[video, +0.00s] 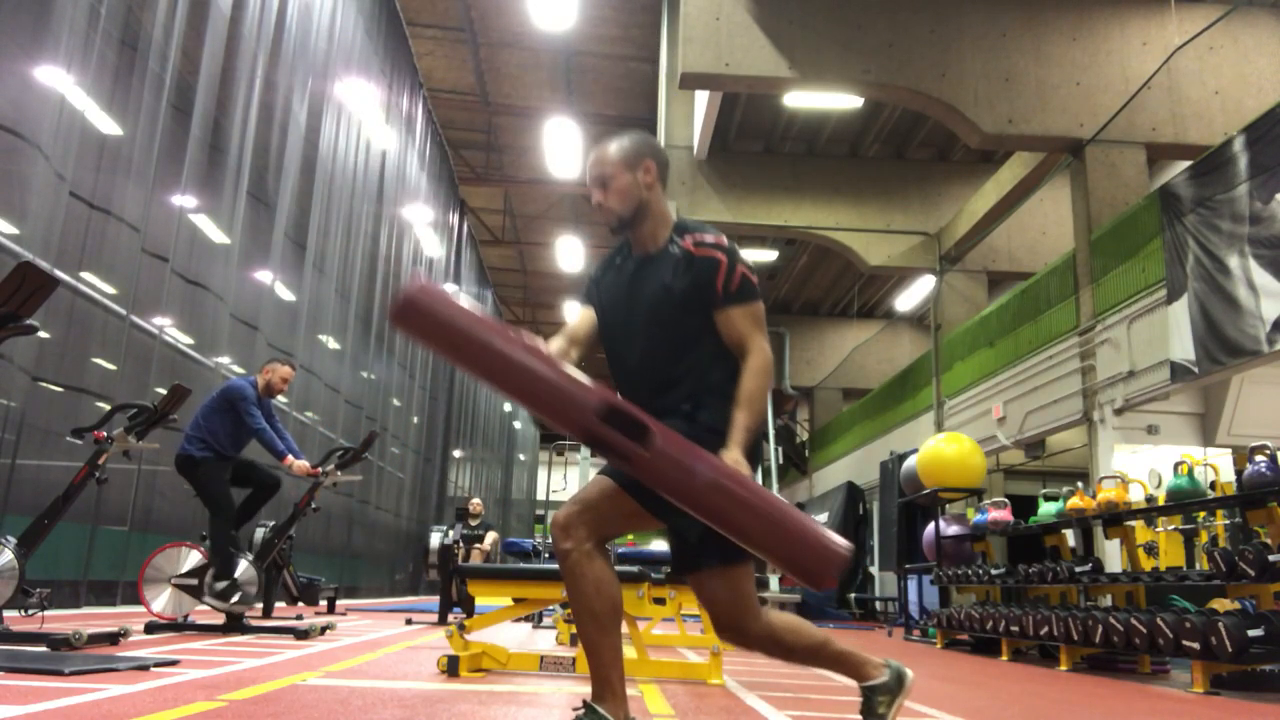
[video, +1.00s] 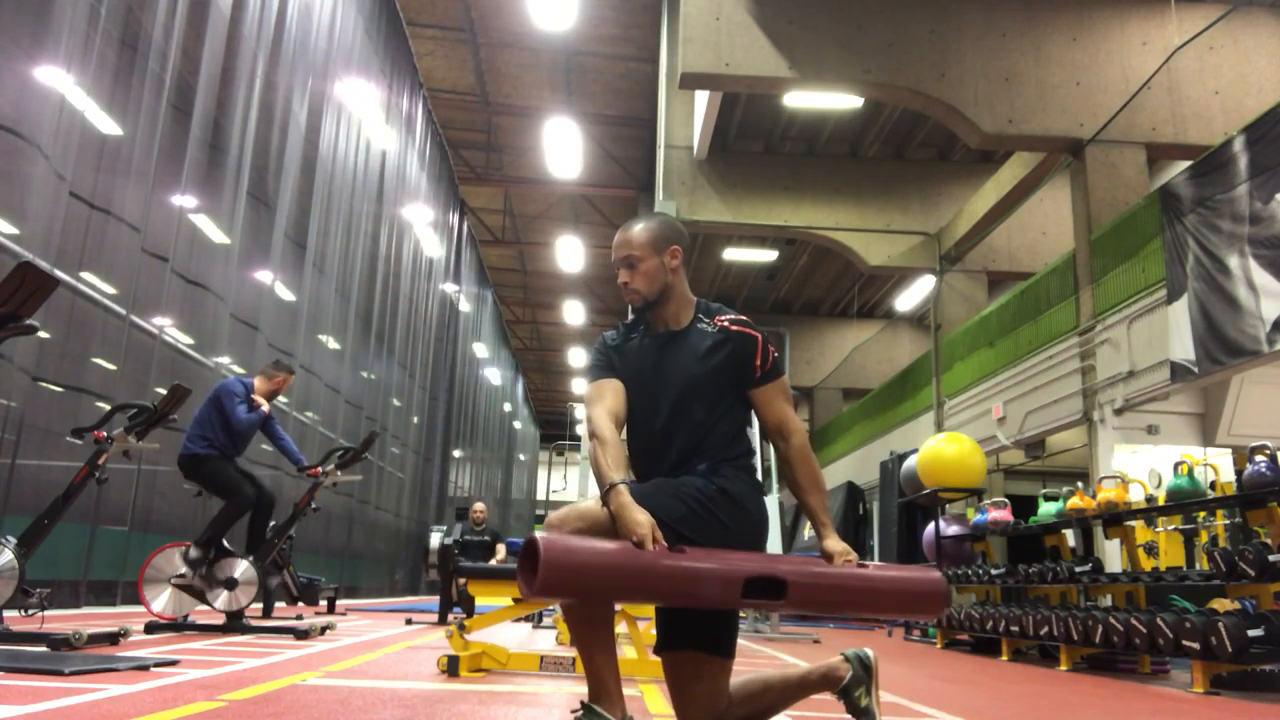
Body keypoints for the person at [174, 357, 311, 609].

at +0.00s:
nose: (285, 388)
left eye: (288, 384)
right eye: (283, 381)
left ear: (275, 380)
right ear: (266, 373)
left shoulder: (262, 400)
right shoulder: (241, 389)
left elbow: (278, 430)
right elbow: (259, 428)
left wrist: (302, 462)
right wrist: (288, 461)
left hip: (223, 460)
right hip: (198, 458)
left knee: (270, 483)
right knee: (224, 510)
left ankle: (228, 528)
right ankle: (221, 581)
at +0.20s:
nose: (286, 388)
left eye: (289, 384)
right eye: (284, 381)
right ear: (268, 373)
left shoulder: (263, 399)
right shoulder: (242, 389)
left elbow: (278, 430)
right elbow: (258, 428)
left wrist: (301, 462)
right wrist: (289, 461)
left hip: (223, 460)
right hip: (198, 457)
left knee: (269, 492)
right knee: (236, 505)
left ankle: (252, 553)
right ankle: (196, 562)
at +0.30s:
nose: (284, 388)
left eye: (287, 383)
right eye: (283, 380)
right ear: (267, 372)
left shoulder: (262, 401)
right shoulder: (239, 389)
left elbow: (276, 430)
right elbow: (254, 429)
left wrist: (300, 461)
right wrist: (288, 459)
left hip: (219, 459)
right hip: (198, 455)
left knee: (255, 510)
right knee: (247, 490)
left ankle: (248, 564)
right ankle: (204, 538)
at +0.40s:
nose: (284, 387)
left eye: (288, 383)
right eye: (283, 379)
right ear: (268, 371)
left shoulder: (264, 404)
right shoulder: (236, 388)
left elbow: (279, 435)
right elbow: (243, 430)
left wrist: (305, 466)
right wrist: (281, 445)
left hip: (221, 462)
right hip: (198, 455)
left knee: (242, 520)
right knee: (257, 473)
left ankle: (227, 578)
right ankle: (214, 527)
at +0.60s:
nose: (284, 389)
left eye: (287, 384)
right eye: (284, 382)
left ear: (272, 376)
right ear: (272, 374)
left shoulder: (259, 401)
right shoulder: (230, 387)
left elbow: (277, 435)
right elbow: (234, 428)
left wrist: (303, 465)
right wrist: (263, 412)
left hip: (217, 460)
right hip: (198, 456)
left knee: (258, 507)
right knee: (252, 490)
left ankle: (224, 543)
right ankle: (239, 556)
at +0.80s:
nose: (283, 390)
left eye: (286, 385)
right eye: (285, 384)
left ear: (272, 377)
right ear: (278, 378)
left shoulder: (257, 400)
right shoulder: (232, 386)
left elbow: (277, 435)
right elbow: (238, 426)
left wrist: (304, 465)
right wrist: (263, 410)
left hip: (226, 461)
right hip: (201, 459)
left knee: (276, 476)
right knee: (225, 513)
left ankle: (239, 528)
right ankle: (215, 584)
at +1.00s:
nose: (283, 393)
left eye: (285, 388)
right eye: (285, 387)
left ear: (271, 379)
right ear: (278, 382)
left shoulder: (259, 403)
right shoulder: (232, 387)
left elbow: (277, 436)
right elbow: (241, 423)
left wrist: (304, 466)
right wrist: (263, 412)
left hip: (222, 461)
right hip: (199, 457)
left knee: (265, 500)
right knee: (244, 496)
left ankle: (255, 560)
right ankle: (198, 550)